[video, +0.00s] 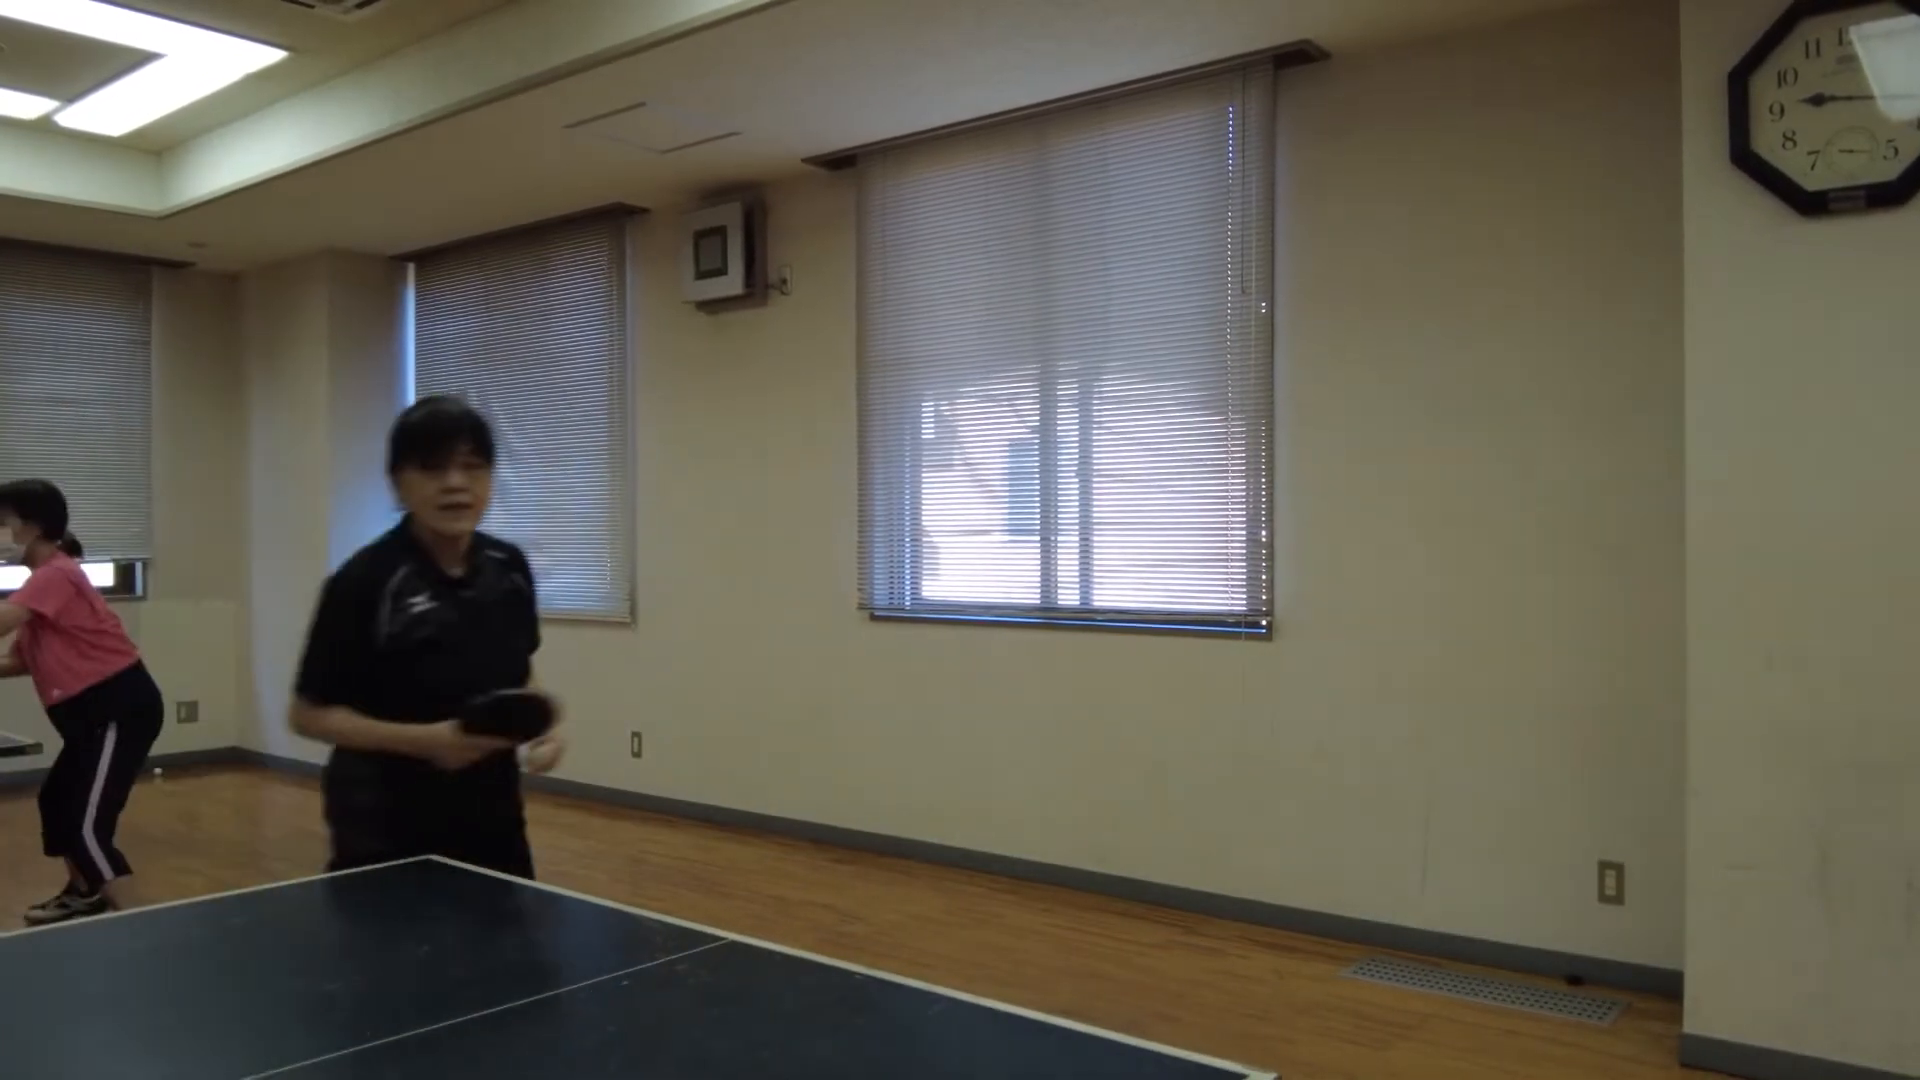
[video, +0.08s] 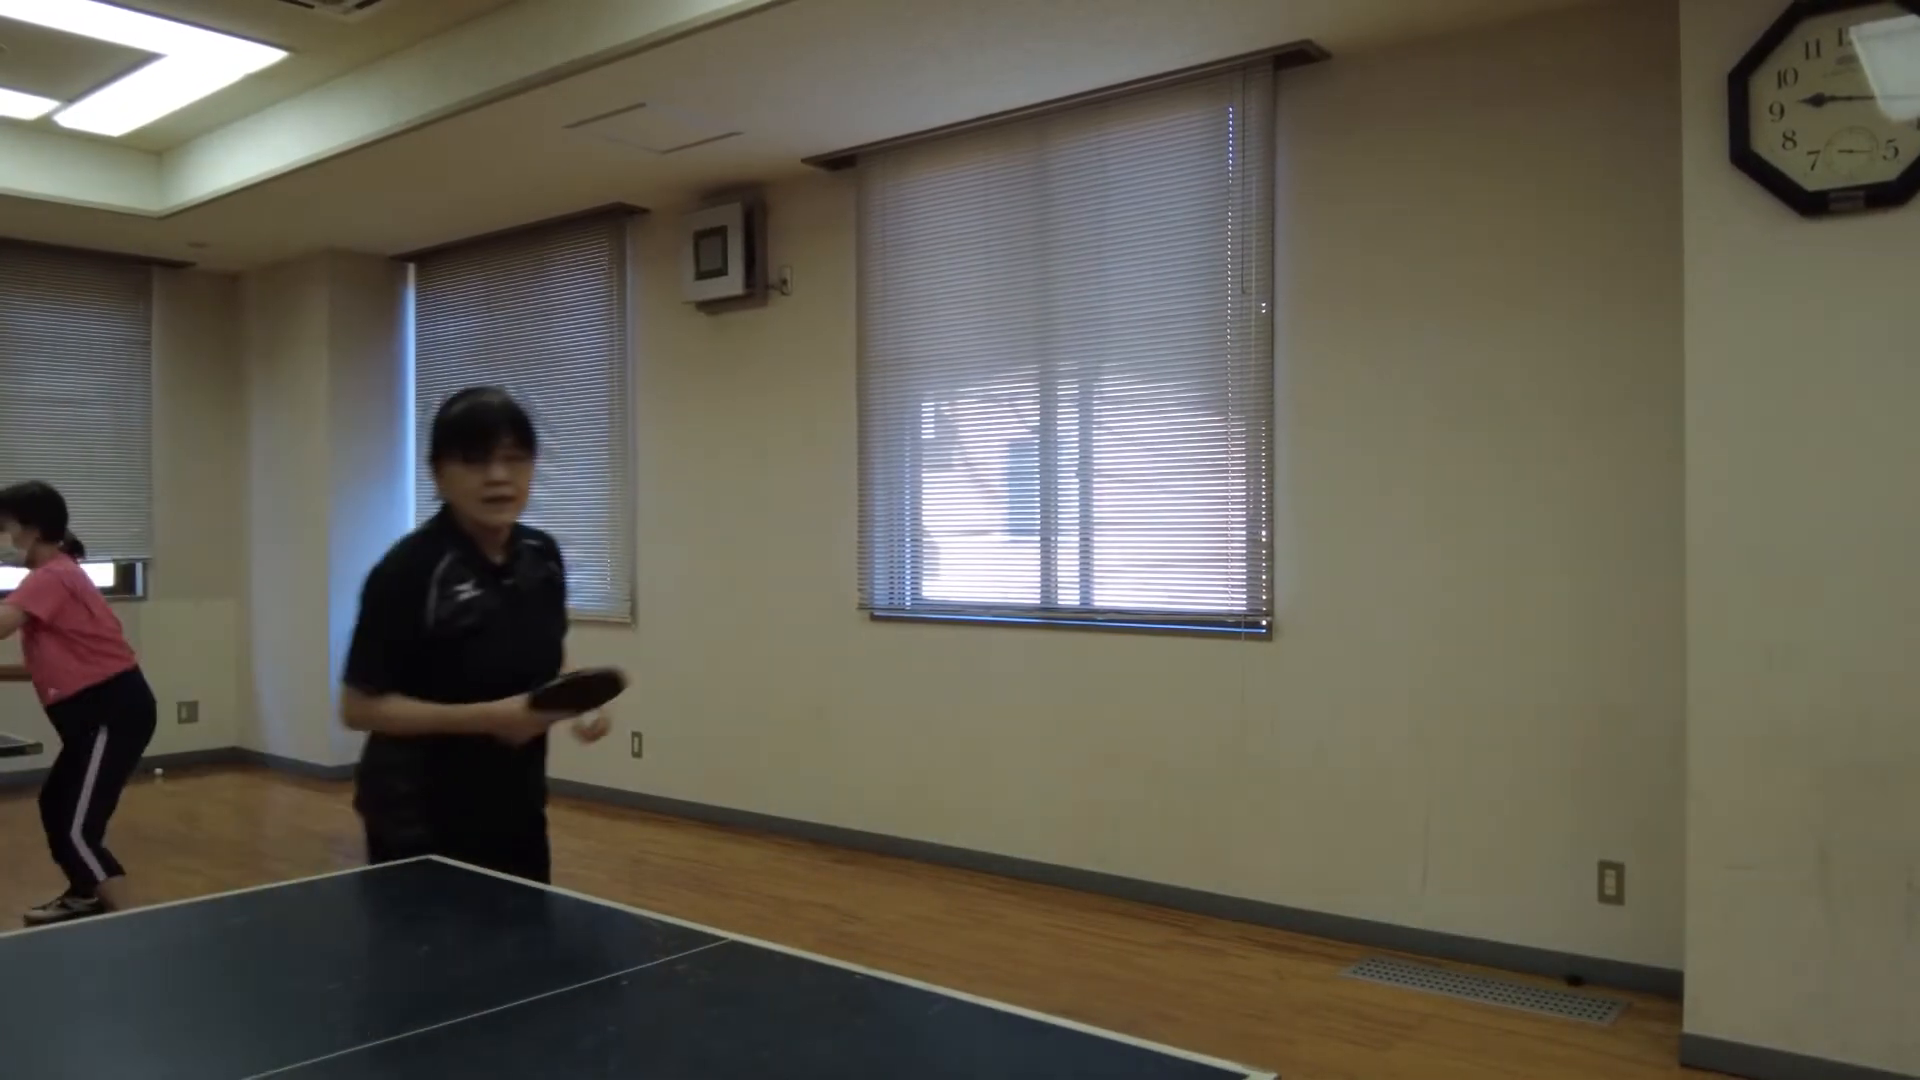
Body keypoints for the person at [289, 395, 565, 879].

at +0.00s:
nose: (455, 483)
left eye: (472, 466)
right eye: (433, 468)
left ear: (491, 478)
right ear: (398, 482)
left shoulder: (507, 570)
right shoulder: (362, 584)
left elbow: (517, 679)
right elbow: (307, 713)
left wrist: (543, 726)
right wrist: (426, 740)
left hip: (488, 824)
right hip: (385, 833)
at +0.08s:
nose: (498, 476)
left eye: (514, 459)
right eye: (475, 460)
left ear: (532, 468)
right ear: (438, 472)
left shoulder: (541, 558)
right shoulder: (405, 573)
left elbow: (548, 655)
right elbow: (358, 706)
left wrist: (579, 705)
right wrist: (487, 718)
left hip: (513, 809)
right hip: (419, 816)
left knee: (520, 951)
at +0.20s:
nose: (548, 475)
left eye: (563, 457)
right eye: (525, 459)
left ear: (583, 466)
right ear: (490, 472)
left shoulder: (589, 557)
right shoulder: (457, 569)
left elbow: (586, 659)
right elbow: (413, 703)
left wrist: (629, 680)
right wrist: (547, 698)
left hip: (550, 804)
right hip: (464, 809)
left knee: (546, 949)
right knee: (472, 957)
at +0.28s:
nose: (578, 476)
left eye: (594, 459)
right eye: (555, 460)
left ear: (612, 468)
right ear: (520, 472)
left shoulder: (618, 560)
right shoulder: (487, 570)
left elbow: (616, 666)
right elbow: (443, 704)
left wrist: (662, 679)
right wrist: (575, 692)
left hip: (579, 808)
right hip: (494, 813)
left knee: (567, 954)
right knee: (501, 962)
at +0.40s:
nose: (619, 480)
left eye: (634, 462)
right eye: (595, 465)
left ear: (652, 471)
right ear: (559, 479)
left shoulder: (659, 563)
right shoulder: (531, 574)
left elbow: (651, 679)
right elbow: (489, 713)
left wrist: (707, 676)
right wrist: (613, 676)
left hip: (630, 815)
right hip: (544, 820)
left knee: (605, 965)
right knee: (547, 975)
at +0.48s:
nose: (641, 482)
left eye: (656, 462)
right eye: (617, 467)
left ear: (675, 470)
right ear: (582, 481)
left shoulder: (687, 563)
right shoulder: (558, 578)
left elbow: (695, 681)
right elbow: (529, 720)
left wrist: (748, 673)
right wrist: (631, 643)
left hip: (670, 817)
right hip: (585, 825)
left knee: (654, 974)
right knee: (591, 979)